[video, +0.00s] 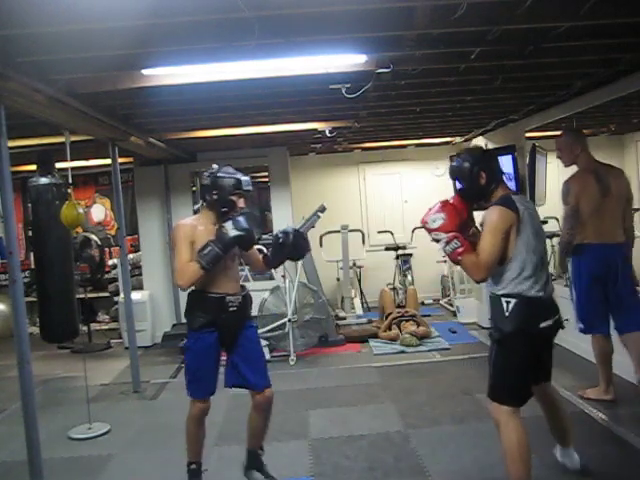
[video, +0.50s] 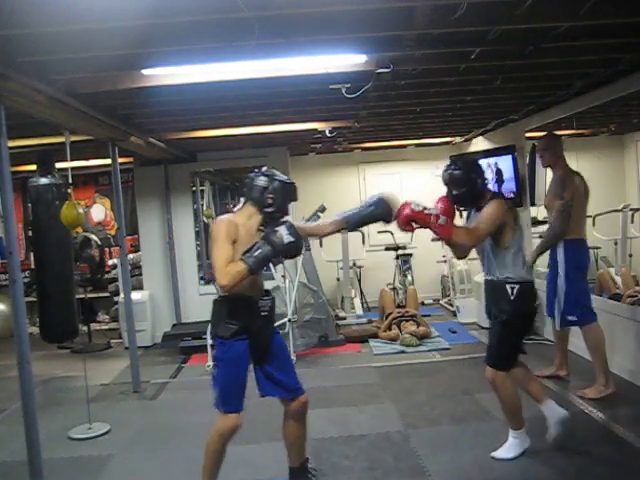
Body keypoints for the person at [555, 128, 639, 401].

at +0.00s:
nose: (558, 155)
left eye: (561, 149)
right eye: (557, 150)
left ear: (577, 148)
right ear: (582, 147)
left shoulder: (573, 183)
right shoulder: (618, 175)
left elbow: (568, 229)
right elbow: (628, 224)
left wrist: (561, 258)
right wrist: (627, 260)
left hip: (588, 256)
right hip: (619, 254)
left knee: (598, 326)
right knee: (629, 322)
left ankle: (605, 387)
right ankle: (637, 378)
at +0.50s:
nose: (539, 156)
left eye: (542, 152)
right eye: (538, 152)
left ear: (555, 152)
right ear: (552, 154)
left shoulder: (565, 181)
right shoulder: (571, 179)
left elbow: (558, 226)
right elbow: (567, 220)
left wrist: (536, 252)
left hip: (569, 249)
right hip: (566, 248)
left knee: (583, 313)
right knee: (559, 309)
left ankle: (604, 380)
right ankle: (560, 365)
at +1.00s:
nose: (524, 156)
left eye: (528, 150)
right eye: (522, 151)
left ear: (540, 151)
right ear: (521, 155)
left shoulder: (559, 176)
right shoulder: (529, 188)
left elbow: (583, 212)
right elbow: (517, 224)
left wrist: (571, 244)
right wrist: (498, 253)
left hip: (569, 246)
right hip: (547, 248)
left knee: (572, 312)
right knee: (556, 313)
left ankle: (585, 372)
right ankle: (560, 367)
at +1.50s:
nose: (548, 153)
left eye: (553, 149)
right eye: (546, 149)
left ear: (565, 149)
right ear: (546, 152)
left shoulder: (579, 178)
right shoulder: (552, 182)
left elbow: (595, 222)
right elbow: (553, 222)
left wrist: (569, 253)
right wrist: (544, 253)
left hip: (579, 251)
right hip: (556, 250)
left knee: (589, 311)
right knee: (555, 308)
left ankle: (597, 369)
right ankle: (561, 366)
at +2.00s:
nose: (542, 156)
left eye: (546, 151)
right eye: (541, 151)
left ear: (559, 151)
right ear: (547, 153)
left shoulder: (577, 174)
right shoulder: (555, 175)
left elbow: (614, 192)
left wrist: (592, 227)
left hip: (578, 250)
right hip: (556, 250)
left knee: (588, 313)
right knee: (560, 310)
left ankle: (597, 370)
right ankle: (564, 365)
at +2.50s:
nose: (518, 160)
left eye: (522, 155)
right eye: (516, 157)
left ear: (537, 153)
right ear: (519, 159)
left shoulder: (556, 176)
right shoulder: (531, 180)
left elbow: (593, 191)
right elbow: (541, 207)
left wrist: (572, 225)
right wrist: (537, 226)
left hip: (559, 248)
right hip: (538, 249)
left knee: (562, 313)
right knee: (551, 311)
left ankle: (590, 357)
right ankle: (564, 365)